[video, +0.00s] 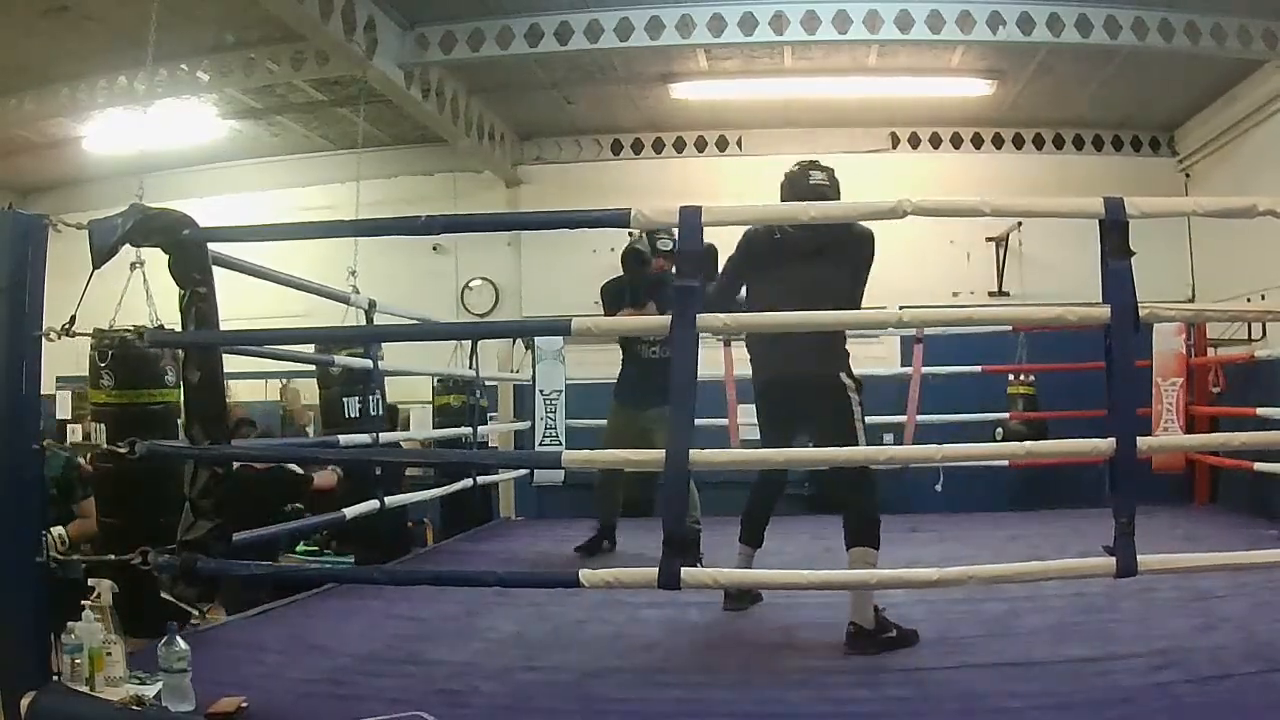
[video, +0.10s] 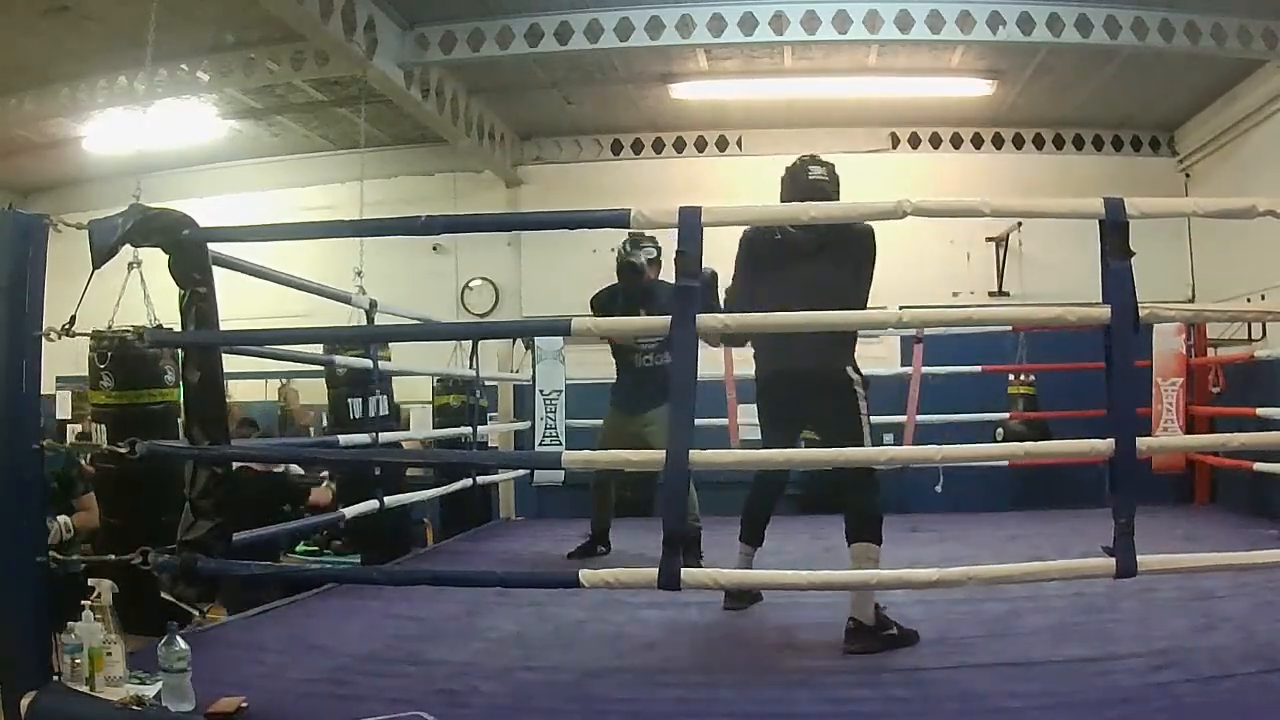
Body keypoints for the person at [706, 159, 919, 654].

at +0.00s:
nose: (825, 205)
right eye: (829, 194)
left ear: (784, 198)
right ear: (836, 198)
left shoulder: (758, 237)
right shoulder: (857, 239)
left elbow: (721, 296)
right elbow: (845, 308)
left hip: (771, 379)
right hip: (827, 377)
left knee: (770, 471)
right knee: (859, 485)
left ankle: (738, 581)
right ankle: (864, 620)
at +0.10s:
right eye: (830, 189)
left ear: (784, 194)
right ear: (837, 192)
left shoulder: (757, 237)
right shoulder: (857, 236)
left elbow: (735, 311)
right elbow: (852, 309)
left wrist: (754, 336)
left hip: (774, 378)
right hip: (832, 379)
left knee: (770, 471)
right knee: (862, 485)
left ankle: (738, 579)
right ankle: (864, 616)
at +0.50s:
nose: (789, 209)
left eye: (779, 200)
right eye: (806, 191)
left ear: (766, 202)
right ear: (819, 195)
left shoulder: (753, 248)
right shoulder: (851, 232)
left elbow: (737, 330)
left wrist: (733, 320)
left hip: (790, 386)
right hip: (850, 381)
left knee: (781, 471)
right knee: (897, 481)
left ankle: (747, 570)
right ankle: (905, 607)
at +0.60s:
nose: (819, 220)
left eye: (798, 210)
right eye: (826, 209)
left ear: (785, 213)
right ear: (836, 213)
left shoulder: (762, 259)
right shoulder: (862, 257)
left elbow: (725, 319)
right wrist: (820, 226)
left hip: (787, 405)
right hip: (844, 401)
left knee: (790, 481)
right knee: (898, 495)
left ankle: (734, 572)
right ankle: (915, 615)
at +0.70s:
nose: (853, 223)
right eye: (849, 214)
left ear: (801, 219)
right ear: (849, 220)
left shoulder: (767, 261)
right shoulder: (861, 266)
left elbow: (707, 300)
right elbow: (858, 336)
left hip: (774, 401)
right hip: (829, 402)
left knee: (796, 484)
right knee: (916, 489)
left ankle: (734, 578)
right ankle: (914, 610)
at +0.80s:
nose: (819, 214)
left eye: (818, 205)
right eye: (828, 202)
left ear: (806, 211)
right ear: (856, 212)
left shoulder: (781, 253)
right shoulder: (874, 261)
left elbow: (732, 293)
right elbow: (863, 330)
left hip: (778, 396)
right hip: (835, 399)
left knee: (791, 480)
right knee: (907, 504)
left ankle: (733, 573)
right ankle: (918, 628)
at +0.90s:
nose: (853, 214)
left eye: (837, 203)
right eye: (858, 204)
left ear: (815, 203)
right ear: (869, 205)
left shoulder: (788, 246)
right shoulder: (885, 261)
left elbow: (726, 299)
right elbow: (880, 348)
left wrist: (776, 304)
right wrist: (834, 315)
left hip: (781, 395)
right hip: (840, 398)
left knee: (800, 475)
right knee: (909, 504)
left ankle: (738, 562)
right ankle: (916, 626)